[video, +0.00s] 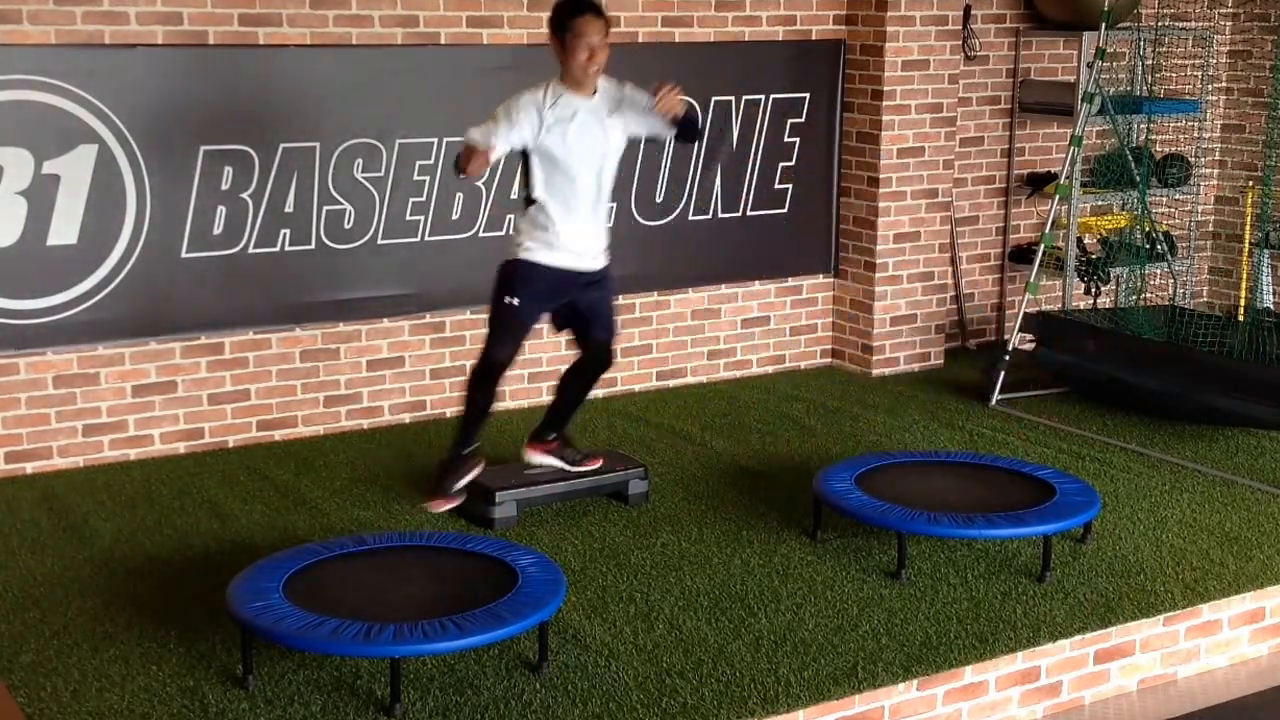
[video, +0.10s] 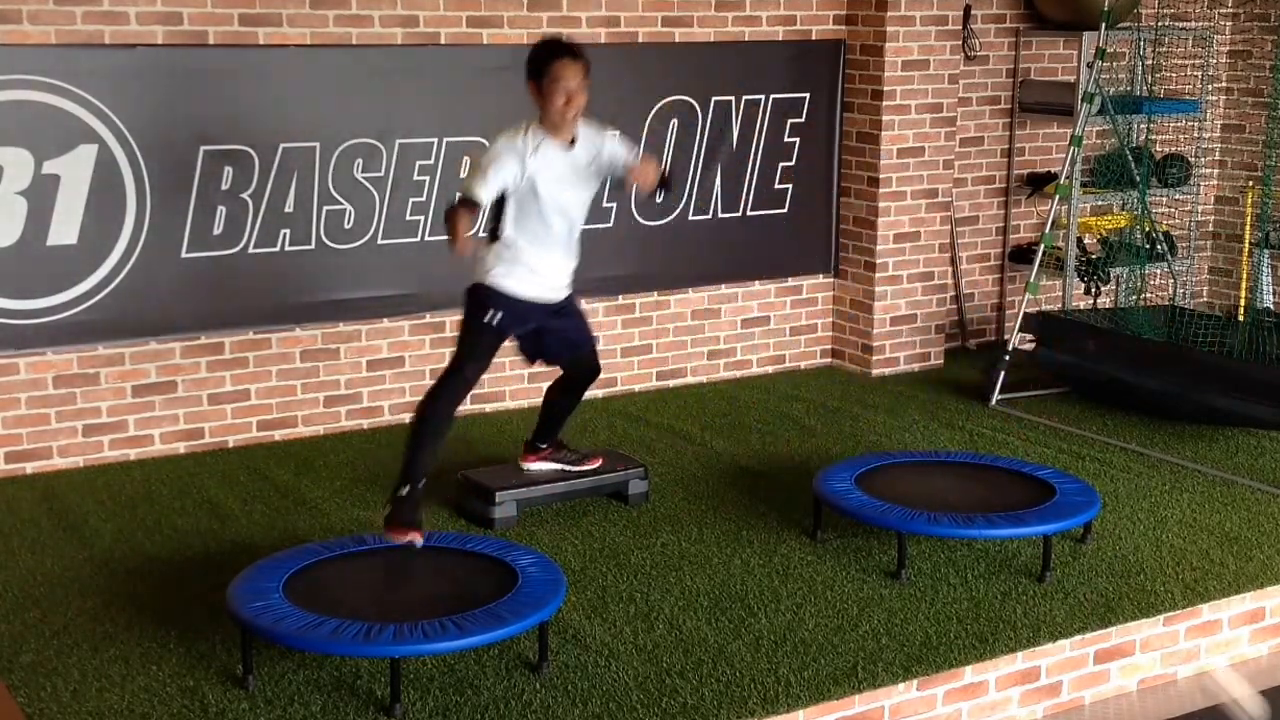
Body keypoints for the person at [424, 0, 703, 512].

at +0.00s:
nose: (596, 56)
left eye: (602, 45)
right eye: (584, 46)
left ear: (609, 46)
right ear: (558, 46)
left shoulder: (622, 101)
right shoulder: (535, 106)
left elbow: (691, 133)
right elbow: (477, 146)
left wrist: (682, 111)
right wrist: (473, 159)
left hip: (589, 264)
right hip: (534, 260)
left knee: (599, 353)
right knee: (495, 358)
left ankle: (547, 439)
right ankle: (462, 458)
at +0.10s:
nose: (572, 100)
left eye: (579, 89)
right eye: (561, 91)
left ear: (588, 91)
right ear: (537, 93)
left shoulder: (599, 143)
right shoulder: (515, 147)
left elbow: (648, 168)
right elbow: (469, 203)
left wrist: (648, 171)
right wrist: (461, 231)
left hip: (554, 295)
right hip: (501, 289)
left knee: (584, 368)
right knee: (459, 380)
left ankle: (541, 448)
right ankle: (406, 501)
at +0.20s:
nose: (544, 150)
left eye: (551, 140)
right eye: (532, 140)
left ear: (558, 142)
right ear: (505, 143)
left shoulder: (567, 193)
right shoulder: (483, 197)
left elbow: (617, 229)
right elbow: (456, 266)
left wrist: (623, 248)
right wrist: (454, 319)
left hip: (522, 330)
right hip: (468, 334)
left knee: (569, 389)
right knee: (429, 429)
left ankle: (540, 450)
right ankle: (388, 551)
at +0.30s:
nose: (509, 210)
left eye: (517, 199)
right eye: (497, 199)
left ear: (527, 201)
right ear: (470, 203)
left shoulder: (535, 239)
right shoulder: (458, 252)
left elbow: (584, 272)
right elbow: (446, 319)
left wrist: (595, 303)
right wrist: (450, 384)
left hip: (495, 352)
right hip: (436, 350)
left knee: (552, 413)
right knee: (411, 416)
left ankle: (541, 450)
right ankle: (389, 536)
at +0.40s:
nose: (483, 260)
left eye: (491, 247)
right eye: (471, 250)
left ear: (499, 243)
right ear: (445, 252)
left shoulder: (516, 271)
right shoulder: (429, 300)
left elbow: (574, 294)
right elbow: (430, 365)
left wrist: (576, 349)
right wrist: (439, 419)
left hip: (484, 372)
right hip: (421, 370)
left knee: (538, 420)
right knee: (397, 432)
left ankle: (541, 450)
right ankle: (386, 540)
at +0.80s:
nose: (497, 255)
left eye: (503, 242)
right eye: (482, 246)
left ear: (512, 238)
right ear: (457, 247)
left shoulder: (530, 269)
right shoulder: (442, 304)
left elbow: (570, 301)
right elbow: (449, 399)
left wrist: (575, 360)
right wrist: (449, 475)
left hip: (491, 356)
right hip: (427, 363)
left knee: (547, 404)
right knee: (413, 418)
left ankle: (545, 445)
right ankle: (389, 542)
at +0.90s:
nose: (533, 224)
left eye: (536, 212)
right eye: (519, 216)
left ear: (542, 211)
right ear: (488, 222)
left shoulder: (548, 248)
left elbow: (567, 294)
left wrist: (582, 341)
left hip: (493, 345)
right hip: (435, 350)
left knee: (557, 396)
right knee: (431, 419)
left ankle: (546, 442)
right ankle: (391, 543)